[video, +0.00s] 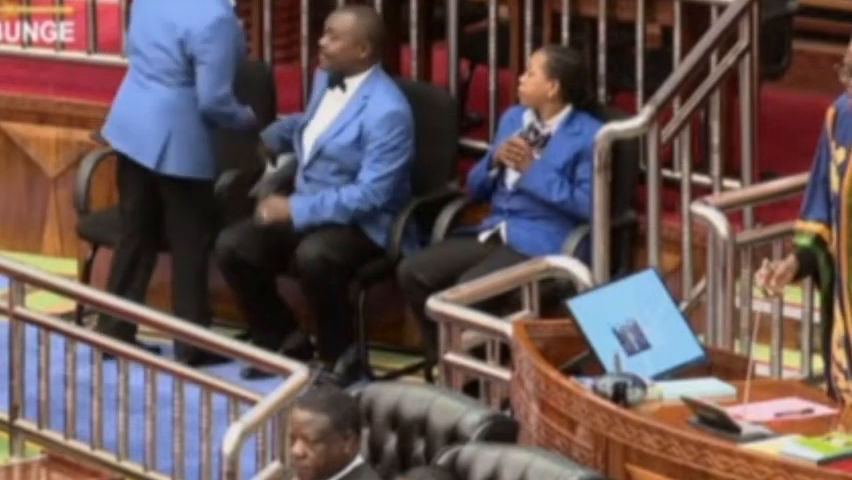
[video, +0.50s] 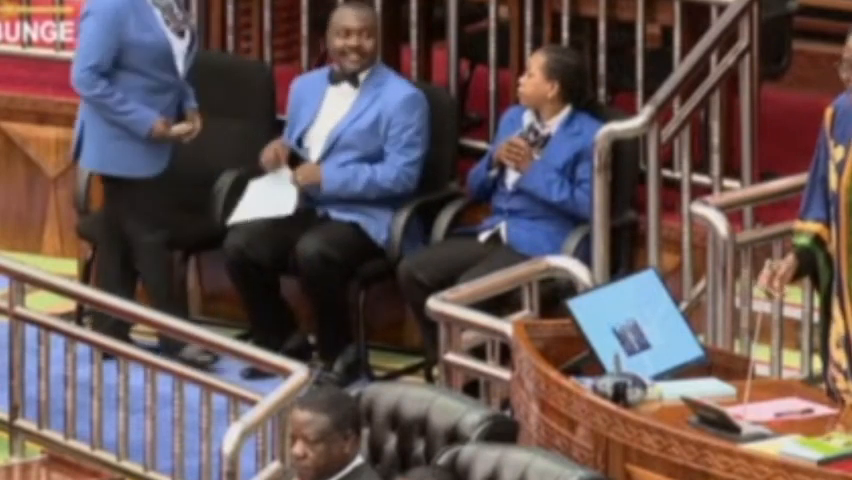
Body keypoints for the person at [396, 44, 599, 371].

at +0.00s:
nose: (520, 79)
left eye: (529, 74)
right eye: (524, 72)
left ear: (552, 87)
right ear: (550, 87)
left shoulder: (590, 135)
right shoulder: (513, 119)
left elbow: (590, 207)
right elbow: (475, 189)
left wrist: (530, 171)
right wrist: (495, 163)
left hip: (539, 250)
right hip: (494, 237)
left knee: (462, 297)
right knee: (414, 271)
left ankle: (483, 380)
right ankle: (448, 365)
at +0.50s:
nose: (520, 80)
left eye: (529, 75)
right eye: (523, 73)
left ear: (552, 88)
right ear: (550, 87)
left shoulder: (589, 135)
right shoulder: (513, 119)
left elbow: (590, 207)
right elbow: (475, 189)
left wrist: (530, 171)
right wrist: (495, 163)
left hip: (538, 250)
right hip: (494, 237)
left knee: (462, 297)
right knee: (414, 271)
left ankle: (482, 380)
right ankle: (446, 365)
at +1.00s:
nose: (519, 81)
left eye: (528, 76)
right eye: (523, 73)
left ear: (552, 89)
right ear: (549, 88)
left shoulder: (589, 135)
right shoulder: (512, 120)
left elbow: (590, 206)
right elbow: (475, 190)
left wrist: (529, 172)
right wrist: (494, 164)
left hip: (539, 251)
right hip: (494, 236)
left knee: (462, 296)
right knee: (414, 271)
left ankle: (482, 381)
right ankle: (445, 366)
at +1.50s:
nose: (519, 83)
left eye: (528, 78)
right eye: (522, 75)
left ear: (552, 90)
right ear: (549, 89)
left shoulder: (589, 135)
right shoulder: (512, 120)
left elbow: (590, 206)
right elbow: (475, 190)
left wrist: (529, 171)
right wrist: (495, 164)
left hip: (539, 250)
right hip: (494, 236)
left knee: (463, 296)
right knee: (414, 271)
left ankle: (483, 380)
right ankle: (445, 366)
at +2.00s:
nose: (519, 86)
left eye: (527, 80)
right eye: (521, 78)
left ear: (553, 91)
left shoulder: (589, 136)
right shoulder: (512, 120)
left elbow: (590, 207)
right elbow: (475, 190)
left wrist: (530, 172)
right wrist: (494, 165)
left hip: (539, 250)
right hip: (495, 235)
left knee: (463, 296)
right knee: (414, 271)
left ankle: (484, 380)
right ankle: (446, 366)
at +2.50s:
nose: (518, 87)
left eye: (527, 80)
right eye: (521, 78)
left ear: (553, 91)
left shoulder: (589, 135)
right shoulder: (512, 120)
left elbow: (590, 207)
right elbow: (475, 190)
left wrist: (530, 172)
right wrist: (494, 164)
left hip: (538, 250)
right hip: (494, 236)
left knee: (463, 296)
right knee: (414, 271)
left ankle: (485, 379)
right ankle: (446, 366)